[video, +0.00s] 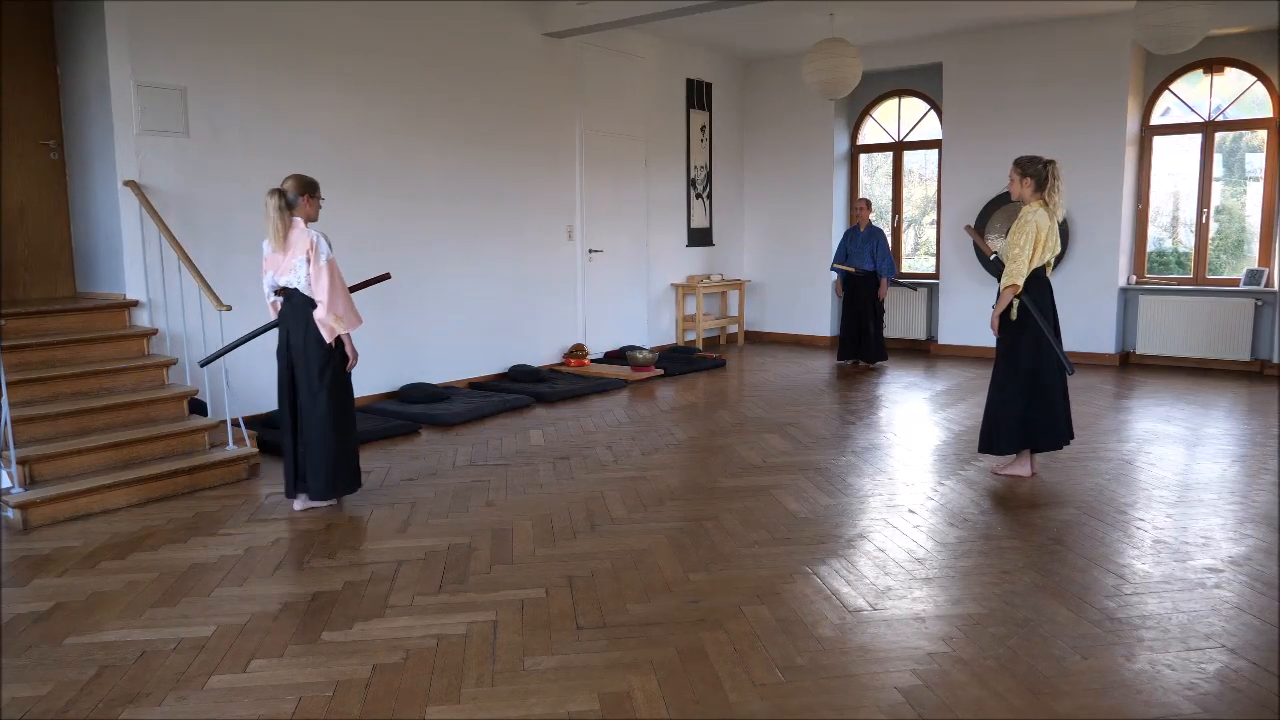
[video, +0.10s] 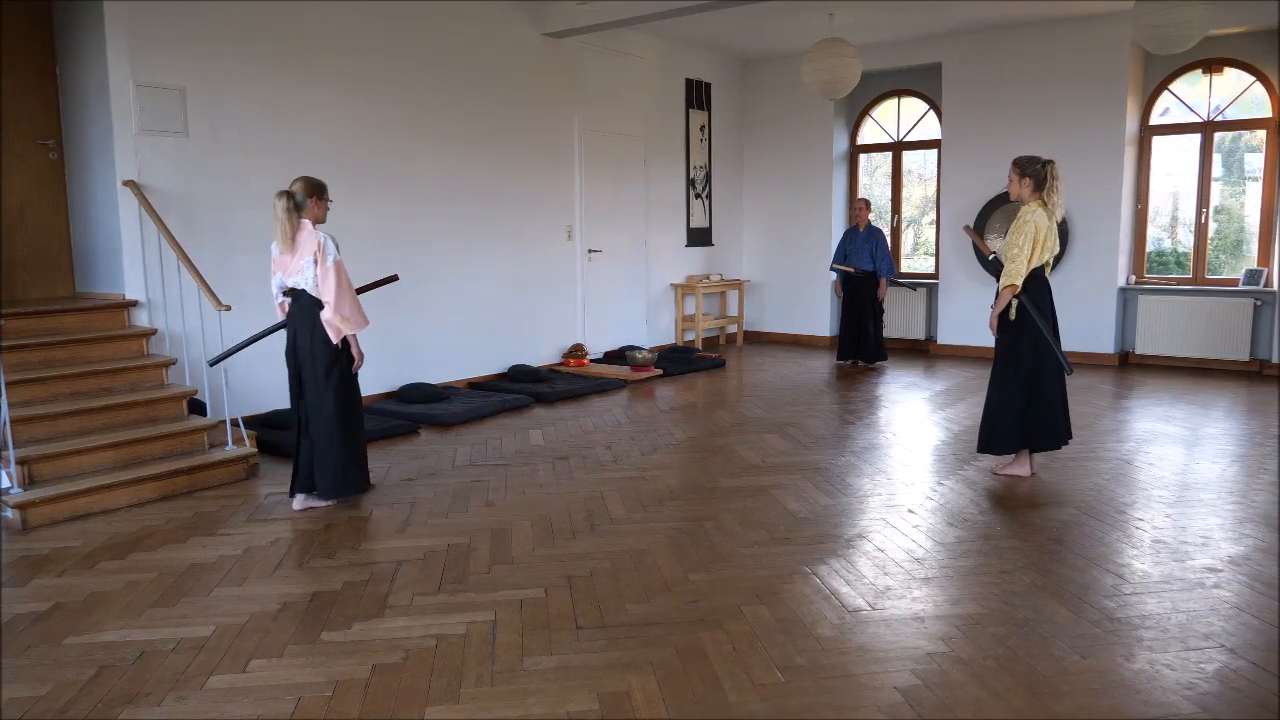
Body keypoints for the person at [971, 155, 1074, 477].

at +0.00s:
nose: (1008, 185)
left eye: (1012, 180)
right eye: (1009, 179)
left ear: (1027, 183)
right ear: (1032, 183)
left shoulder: (1029, 218)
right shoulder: (1045, 215)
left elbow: (1017, 268)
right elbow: (1013, 257)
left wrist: (998, 308)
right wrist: (983, 243)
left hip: (1024, 302)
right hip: (1038, 299)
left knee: (1022, 376)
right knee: (1029, 376)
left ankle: (1023, 459)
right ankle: (1023, 455)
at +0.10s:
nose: (1007, 185)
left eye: (1011, 180)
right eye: (1008, 180)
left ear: (1026, 183)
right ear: (1032, 183)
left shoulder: (1028, 217)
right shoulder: (1044, 214)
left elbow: (1017, 267)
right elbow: (1013, 257)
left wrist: (997, 307)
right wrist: (982, 243)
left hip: (1023, 301)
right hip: (1036, 298)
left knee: (1021, 376)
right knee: (1028, 375)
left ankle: (1022, 459)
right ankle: (1023, 455)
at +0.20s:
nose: (1006, 185)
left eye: (1009, 180)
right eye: (1007, 180)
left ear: (1025, 183)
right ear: (1030, 183)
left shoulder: (1026, 217)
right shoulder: (1043, 214)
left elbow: (1015, 267)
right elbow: (1012, 256)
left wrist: (995, 307)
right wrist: (982, 245)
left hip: (1022, 301)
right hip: (1035, 298)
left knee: (1021, 375)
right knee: (1028, 375)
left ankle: (1022, 459)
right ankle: (1023, 455)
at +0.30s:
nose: (1004, 185)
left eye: (1008, 180)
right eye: (1006, 180)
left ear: (1024, 183)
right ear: (1029, 183)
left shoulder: (1025, 217)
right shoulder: (1041, 214)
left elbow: (1014, 267)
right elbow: (1013, 258)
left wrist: (994, 307)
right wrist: (983, 246)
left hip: (1021, 300)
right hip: (1034, 297)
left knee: (1020, 375)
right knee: (1026, 375)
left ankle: (1021, 458)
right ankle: (1021, 455)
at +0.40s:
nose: (1003, 185)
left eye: (1007, 180)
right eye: (1004, 180)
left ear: (1022, 183)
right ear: (1027, 183)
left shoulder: (1024, 217)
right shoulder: (1039, 214)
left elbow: (1012, 267)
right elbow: (1011, 256)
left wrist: (993, 307)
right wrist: (981, 245)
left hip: (1020, 300)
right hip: (1032, 297)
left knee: (1019, 375)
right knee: (1025, 375)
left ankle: (1020, 458)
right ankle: (1020, 455)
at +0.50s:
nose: (1001, 185)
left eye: (1005, 181)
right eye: (1002, 180)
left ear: (1021, 183)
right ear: (1026, 183)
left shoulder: (1022, 217)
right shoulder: (1038, 215)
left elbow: (1011, 267)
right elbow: (1011, 258)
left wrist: (991, 307)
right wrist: (980, 246)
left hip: (1018, 301)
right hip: (1031, 297)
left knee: (1017, 375)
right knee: (1024, 375)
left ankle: (1019, 458)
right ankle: (1019, 455)